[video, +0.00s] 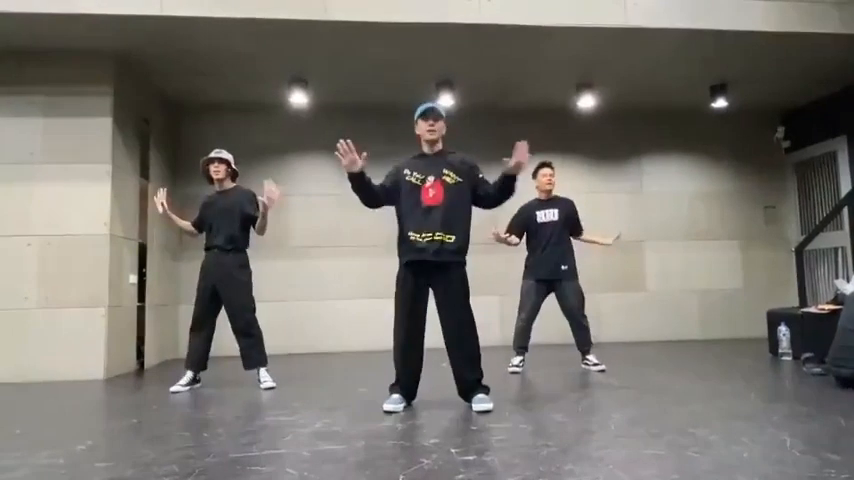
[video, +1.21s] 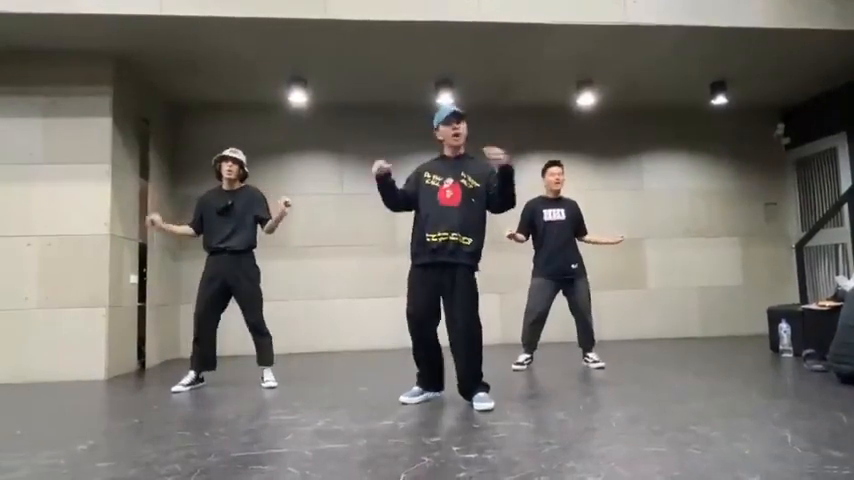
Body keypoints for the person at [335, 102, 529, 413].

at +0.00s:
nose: (431, 124)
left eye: (436, 119)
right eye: (425, 120)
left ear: (444, 126)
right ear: (416, 127)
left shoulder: (463, 166)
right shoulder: (403, 169)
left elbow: (490, 198)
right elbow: (373, 198)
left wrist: (510, 173)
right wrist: (356, 173)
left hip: (450, 263)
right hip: (412, 264)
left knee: (460, 327)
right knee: (406, 329)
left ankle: (475, 391)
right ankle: (401, 392)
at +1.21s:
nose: (456, 130)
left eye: (459, 124)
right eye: (449, 125)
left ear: (466, 129)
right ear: (437, 133)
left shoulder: (482, 169)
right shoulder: (425, 171)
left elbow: (501, 204)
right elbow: (399, 202)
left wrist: (505, 170)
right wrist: (384, 180)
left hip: (461, 261)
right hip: (425, 261)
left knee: (465, 326)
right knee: (419, 321)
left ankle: (475, 389)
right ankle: (430, 385)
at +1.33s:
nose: (438, 125)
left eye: (444, 120)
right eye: (433, 120)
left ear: (455, 125)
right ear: (425, 127)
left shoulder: (465, 157)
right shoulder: (421, 165)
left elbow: (505, 179)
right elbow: (416, 202)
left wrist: (481, 196)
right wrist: (397, 202)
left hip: (446, 254)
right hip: (418, 255)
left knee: (452, 321)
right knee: (422, 324)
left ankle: (475, 388)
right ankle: (433, 388)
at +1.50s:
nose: (425, 126)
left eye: (431, 121)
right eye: (420, 121)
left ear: (441, 126)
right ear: (413, 127)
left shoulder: (451, 154)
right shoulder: (421, 164)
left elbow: (484, 185)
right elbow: (434, 198)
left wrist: (461, 222)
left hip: (440, 246)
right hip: (419, 245)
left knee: (427, 314)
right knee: (420, 314)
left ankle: (442, 387)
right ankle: (430, 383)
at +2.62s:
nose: (425, 120)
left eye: (431, 115)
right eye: (421, 116)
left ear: (444, 120)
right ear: (417, 123)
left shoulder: (452, 156)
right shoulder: (426, 163)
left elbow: (467, 203)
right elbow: (430, 206)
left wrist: (443, 236)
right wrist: (419, 237)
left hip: (438, 250)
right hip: (418, 247)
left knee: (439, 319)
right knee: (390, 289)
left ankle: (455, 384)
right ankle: (425, 343)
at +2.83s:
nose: (423, 117)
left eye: (429, 112)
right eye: (419, 114)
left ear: (442, 118)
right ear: (415, 122)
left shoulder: (449, 152)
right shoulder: (425, 159)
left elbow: (449, 196)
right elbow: (426, 202)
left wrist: (411, 215)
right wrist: (411, 228)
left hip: (436, 247)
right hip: (415, 242)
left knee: (434, 313)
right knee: (377, 277)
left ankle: (457, 382)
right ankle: (410, 326)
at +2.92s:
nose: (421, 118)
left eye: (427, 113)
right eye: (416, 114)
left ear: (439, 118)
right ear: (412, 122)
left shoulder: (447, 151)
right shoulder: (423, 158)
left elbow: (445, 197)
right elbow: (420, 208)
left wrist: (404, 209)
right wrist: (400, 243)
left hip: (434, 250)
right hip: (413, 248)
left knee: (438, 316)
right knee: (385, 305)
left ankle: (458, 381)